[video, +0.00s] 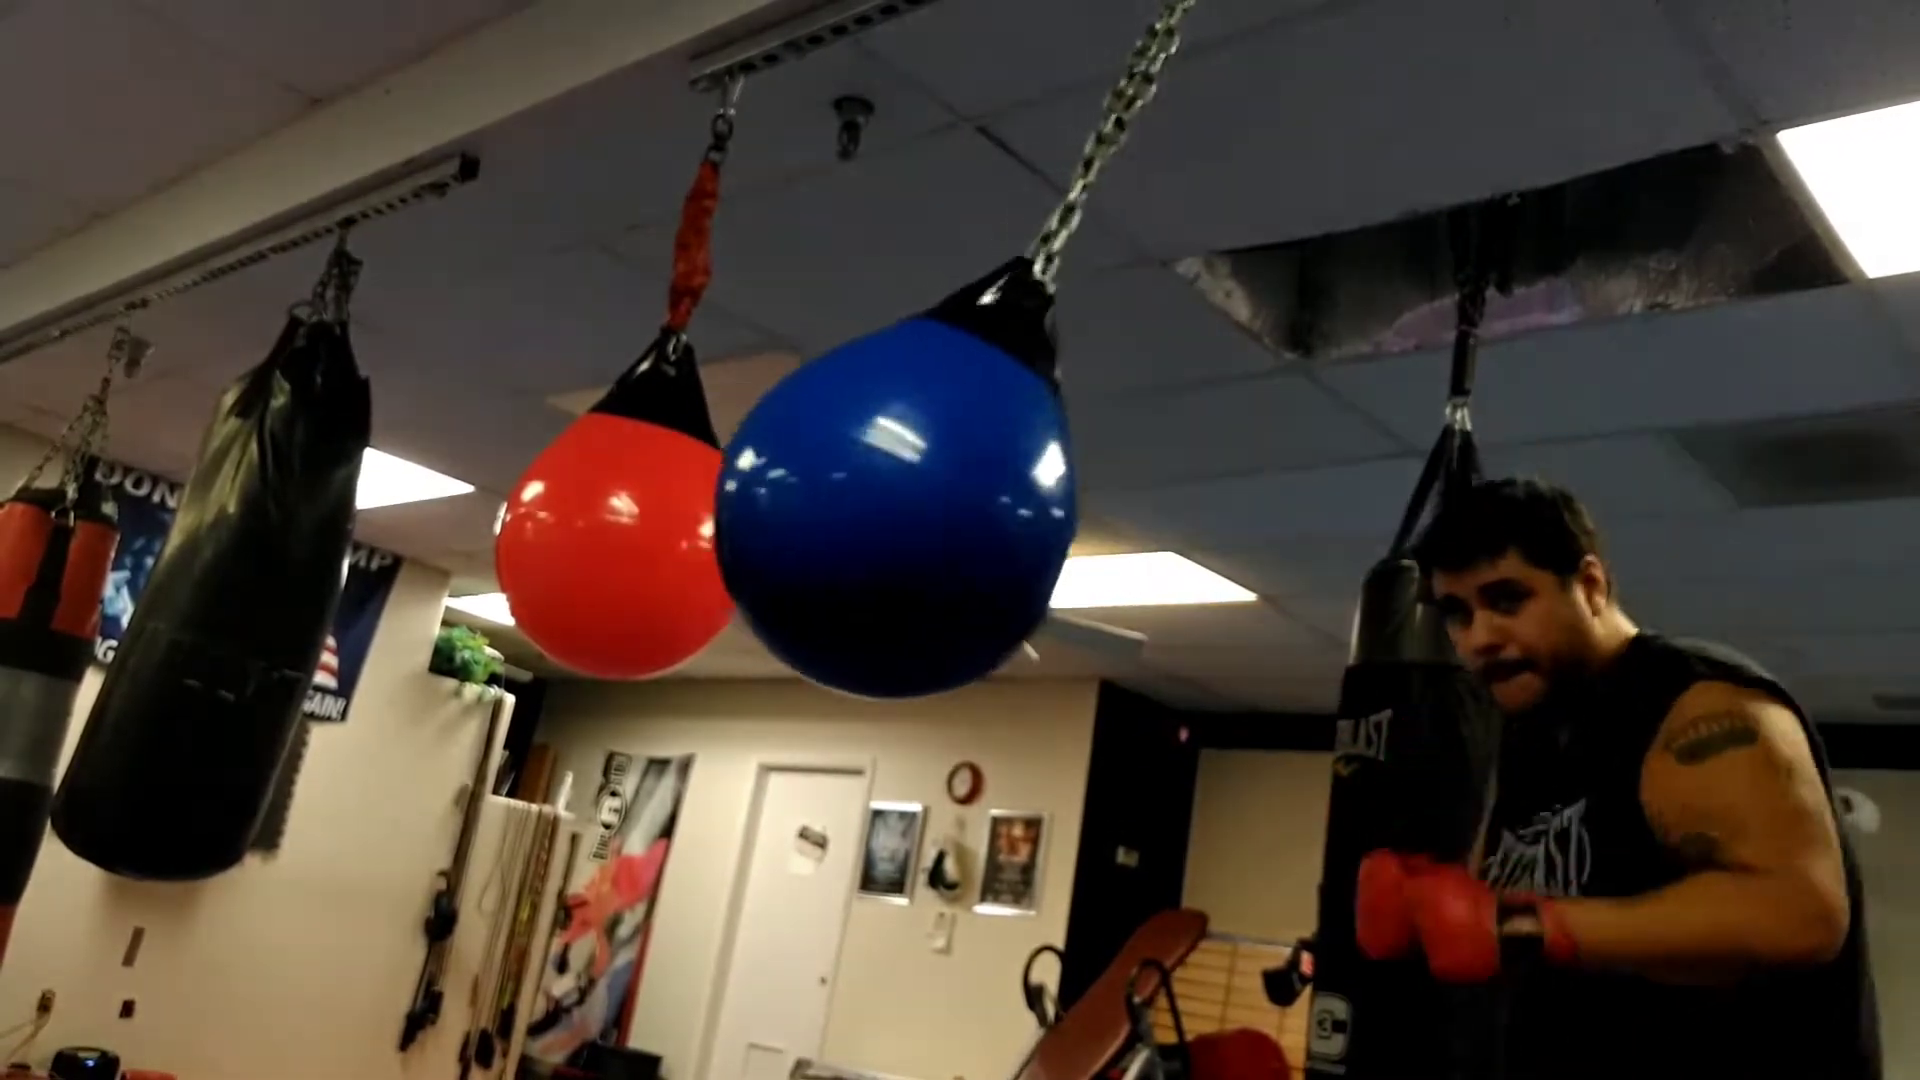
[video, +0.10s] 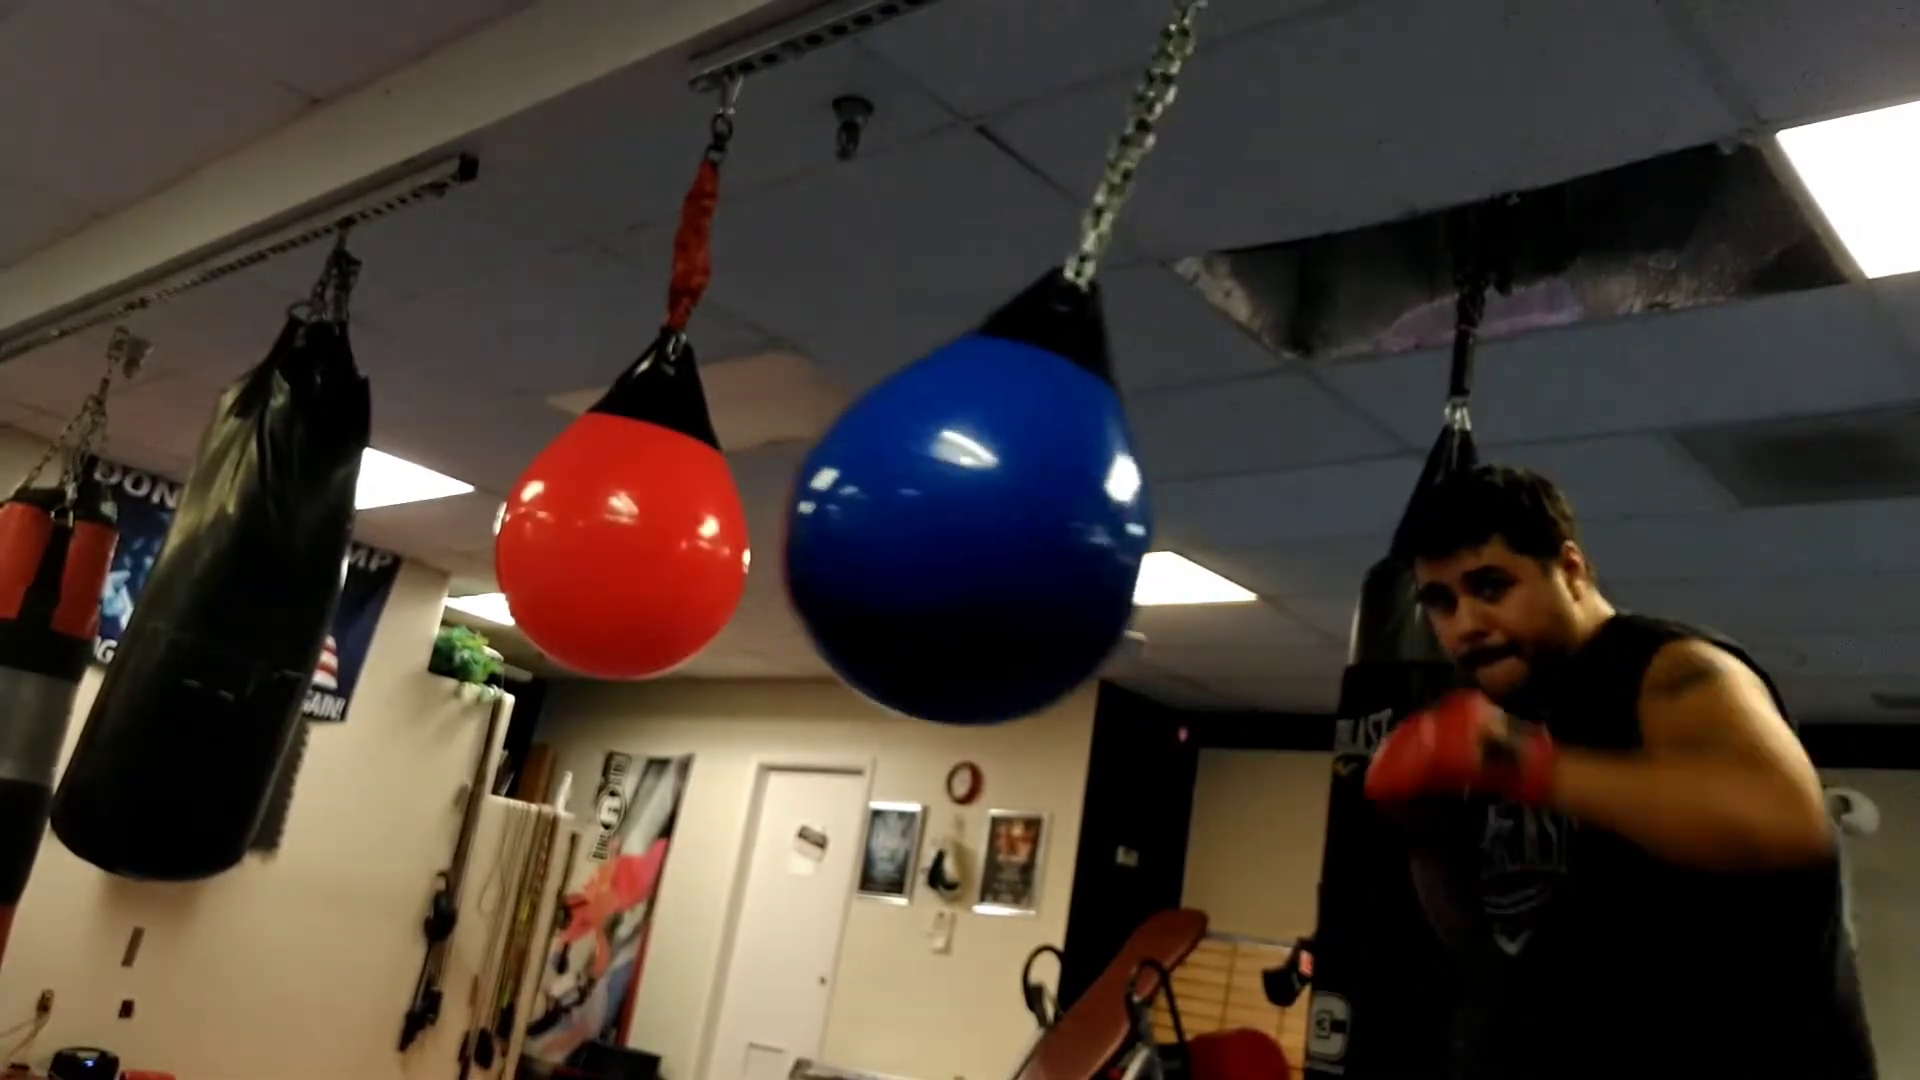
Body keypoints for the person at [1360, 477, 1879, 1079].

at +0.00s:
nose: (1480, 640)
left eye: (1507, 601)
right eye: (1457, 614)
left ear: (1590, 585)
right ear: (1442, 620)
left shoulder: (1713, 713)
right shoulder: (1520, 740)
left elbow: (1802, 911)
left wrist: (1524, 923)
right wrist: (1426, 909)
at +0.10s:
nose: (1465, 626)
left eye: (1489, 588)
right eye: (1440, 603)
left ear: (1570, 567)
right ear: (1425, 615)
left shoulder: (1679, 672)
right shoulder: (1490, 723)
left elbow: (1790, 821)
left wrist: (1532, 765)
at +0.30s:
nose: (1498, 603)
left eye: (1525, 566)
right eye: (1468, 582)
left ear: (1602, 554)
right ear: (1445, 593)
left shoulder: (1673, 605)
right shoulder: (1488, 709)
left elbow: (1706, 671)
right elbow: (1470, 944)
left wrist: (1429, 634)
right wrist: (1428, 857)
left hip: (1742, 1074)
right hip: (1557, 1076)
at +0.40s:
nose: (1529, 588)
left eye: (1558, 549)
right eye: (1504, 562)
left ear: (1643, 533)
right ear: (1487, 574)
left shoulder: (1753, 639)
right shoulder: (1492, 677)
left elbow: (1879, 802)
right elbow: (1354, 831)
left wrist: (1592, 737)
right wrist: (1396, 751)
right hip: (1529, 1079)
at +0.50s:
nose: (1537, 607)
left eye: (1561, 565)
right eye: (1518, 576)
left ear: (1661, 535)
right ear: (1502, 573)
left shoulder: (1821, 676)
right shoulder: (1535, 625)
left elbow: (1887, 924)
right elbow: (1331, 613)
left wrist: (1699, 783)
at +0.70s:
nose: (1625, 586)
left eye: (1659, 547)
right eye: (1596, 553)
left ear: (1743, 540)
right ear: (1571, 553)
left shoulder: (1841, 685)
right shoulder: (1547, 627)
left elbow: (1898, 932)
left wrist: (1721, 778)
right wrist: (1383, 685)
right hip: (1544, 1079)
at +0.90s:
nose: (1559, 615)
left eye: (1593, 578)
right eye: (1535, 583)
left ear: (1679, 567)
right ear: (1516, 585)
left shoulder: (1804, 714)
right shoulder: (1507, 691)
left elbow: (1884, 958)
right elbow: (1417, 902)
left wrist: (1664, 896)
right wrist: (1425, 844)